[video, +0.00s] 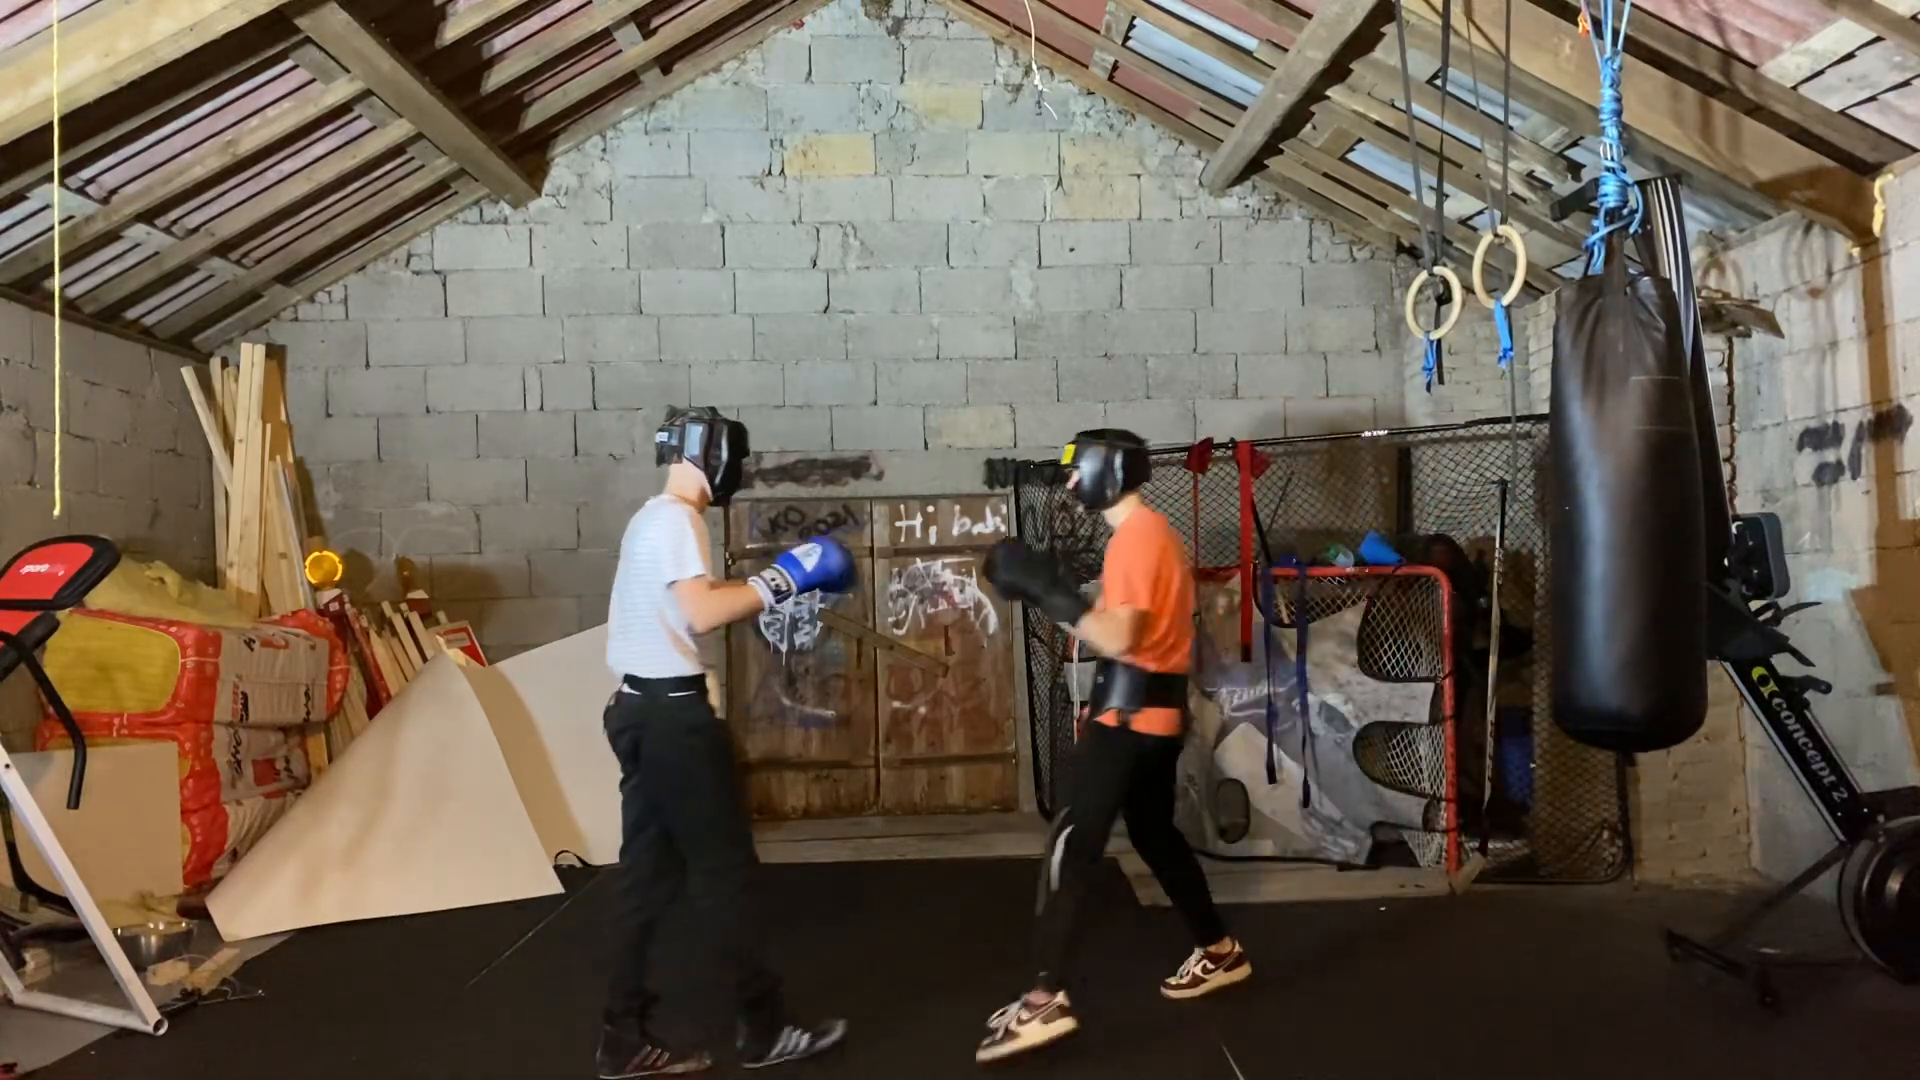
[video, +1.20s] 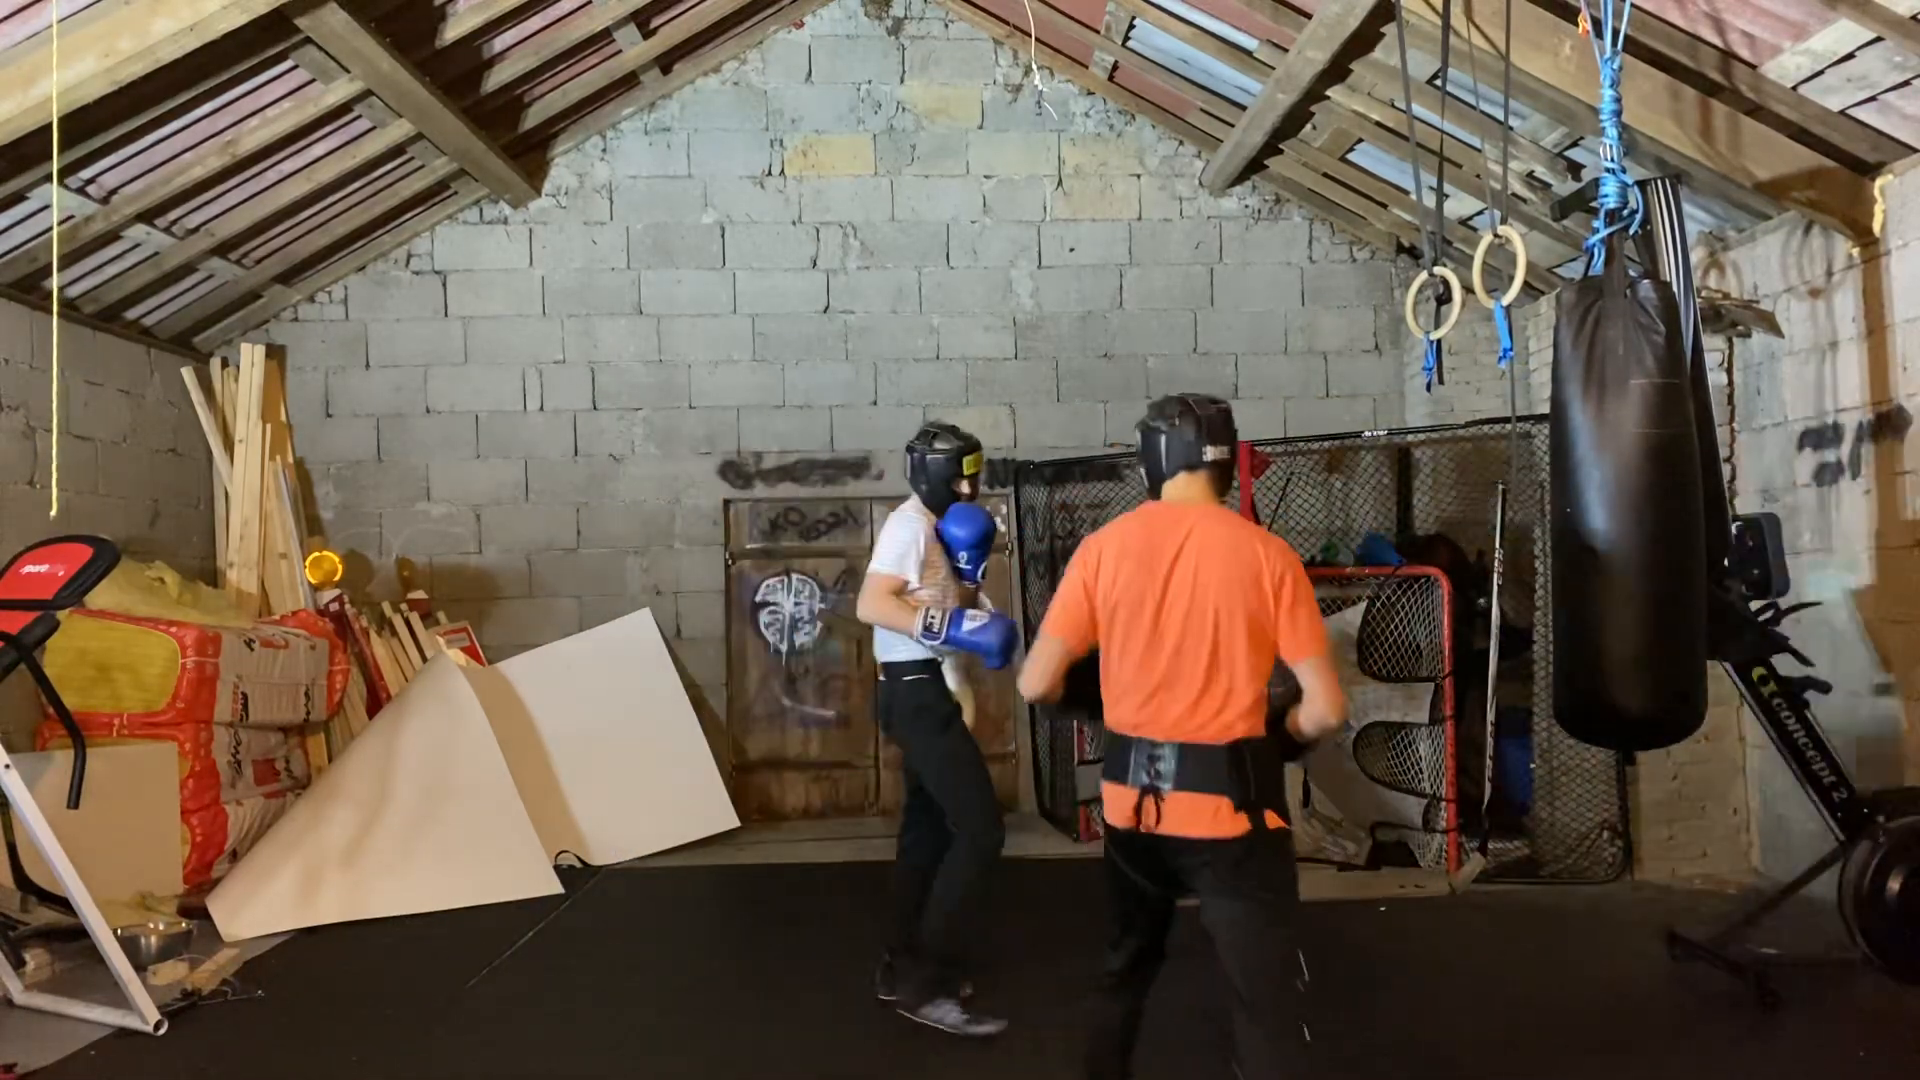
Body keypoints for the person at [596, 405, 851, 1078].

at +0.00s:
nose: (731, 480)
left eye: (732, 466)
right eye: (728, 466)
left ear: (677, 457)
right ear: (707, 459)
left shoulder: (649, 520)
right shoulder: (676, 520)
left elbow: (686, 613)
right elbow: (698, 609)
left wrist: (758, 596)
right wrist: (783, 578)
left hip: (638, 710)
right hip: (674, 714)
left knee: (647, 875)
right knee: (729, 869)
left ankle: (623, 1043)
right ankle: (761, 1027)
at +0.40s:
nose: (830, 488)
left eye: (831, 475)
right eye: (829, 475)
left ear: (776, 464)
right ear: (809, 473)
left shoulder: (752, 523)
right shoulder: (761, 530)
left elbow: (778, 603)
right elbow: (734, 625)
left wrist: (834, 591)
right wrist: (810, 635)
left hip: (734, 706)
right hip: (761, 709)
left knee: (738, 867)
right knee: (793, 863)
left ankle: (648, 1008)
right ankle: (793, 1019)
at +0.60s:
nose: (868, 493)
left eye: (869, 480)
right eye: (866, 480)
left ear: (814, 469)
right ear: (847, 478)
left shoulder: (781, 523)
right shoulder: (804, 538)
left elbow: (804, 603)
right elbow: (775, 630)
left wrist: (857, 577)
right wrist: (855, 637)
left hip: (777, 699)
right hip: (800, 705)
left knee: (818, 844)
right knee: (827, 852)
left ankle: (735, 963)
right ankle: (795, 1019)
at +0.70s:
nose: (878, 483)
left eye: (877, 472)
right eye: (877, 472)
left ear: (823, 462)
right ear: (862, 472)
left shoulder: (794, 519)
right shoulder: (831, 531)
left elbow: (814, 597)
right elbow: (814, 619)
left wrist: (871, 559)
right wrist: (889, 619)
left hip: (794, 690)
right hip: (819, 697)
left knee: (850, 826)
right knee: (829, 843)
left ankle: (816, 984)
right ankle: (795, 1018)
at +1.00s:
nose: (936, 498)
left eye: (937, 488)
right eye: (932, 488)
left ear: (881, 485)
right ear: (915, 490)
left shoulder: (860, 534)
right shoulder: (887, 537)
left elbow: (892, 608)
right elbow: (871, 610)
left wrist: (930, 570)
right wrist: (948, 641)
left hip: (868, 704)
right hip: (879, 707)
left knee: (917, 837)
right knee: (919, 842)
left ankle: (899, 974)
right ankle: (813, 990)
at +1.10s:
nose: (953, 490)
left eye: (954, 479)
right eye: (948, 479)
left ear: (906, 477)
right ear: (927, 480)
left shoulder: (915, 533)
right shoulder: (892, 531)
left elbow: (929, 618)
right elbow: (867, 606)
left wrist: (946, 570)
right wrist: (946, 640)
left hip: (905, 694)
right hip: (896, 697)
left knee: (927, 836)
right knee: (955, 837)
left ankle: (903, 971)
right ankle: (861, 968)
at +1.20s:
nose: (972, 484)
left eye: (972, 473)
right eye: (965, 474)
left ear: (933, 472)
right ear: (943, 475)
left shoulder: (951, 526)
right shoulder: (907, 524)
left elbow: (971, 611)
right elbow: (872, 603)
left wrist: (969, 569)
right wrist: (950, 629)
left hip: (938, 686)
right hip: (913, 690)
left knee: (926, 832)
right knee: (979, 829)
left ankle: (905, 965)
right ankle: (924, 984)